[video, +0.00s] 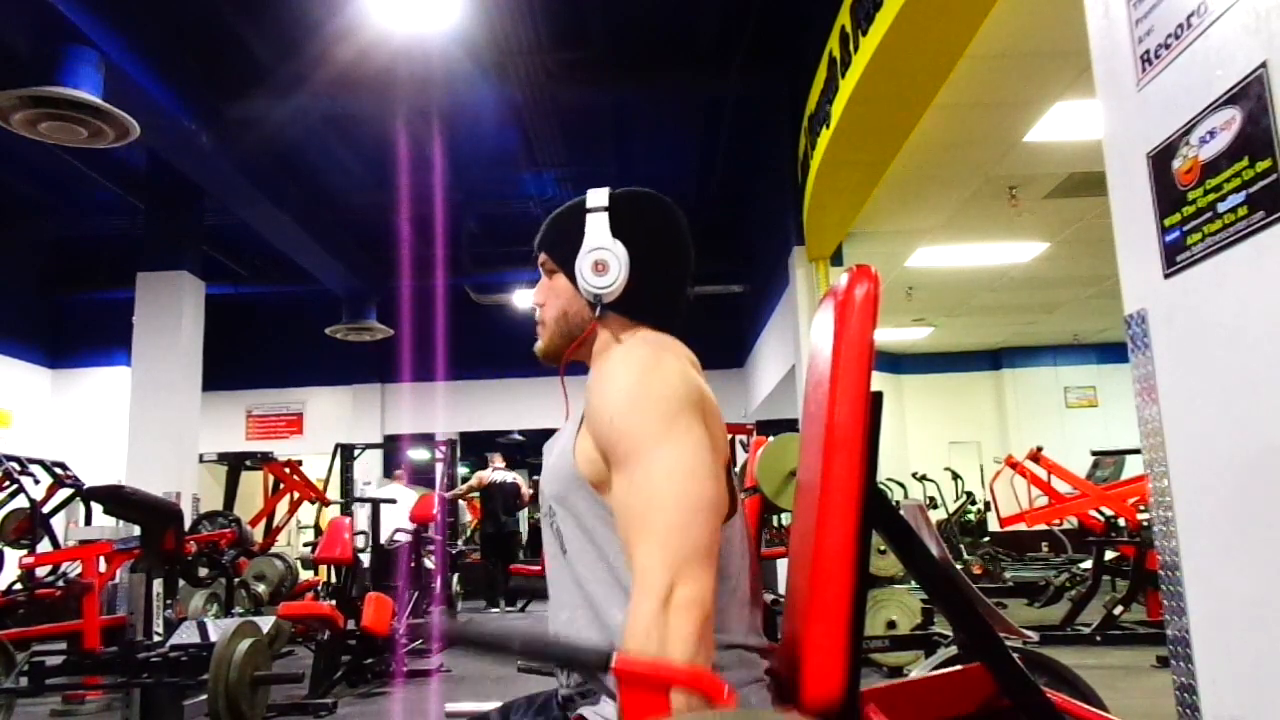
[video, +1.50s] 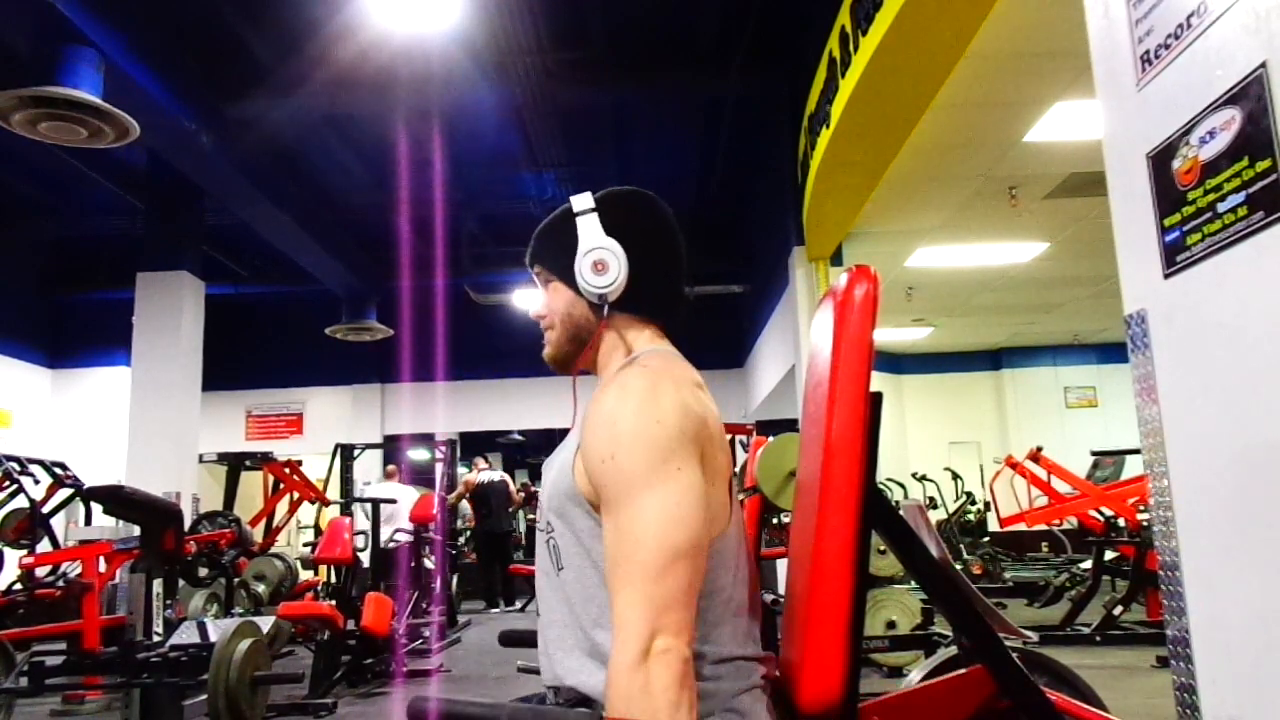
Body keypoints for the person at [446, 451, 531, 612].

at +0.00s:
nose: (490, 465)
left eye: (489, 463)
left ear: (489, 464)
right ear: (504, 464)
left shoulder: (482, 475)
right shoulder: (516, 477)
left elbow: (463, 490)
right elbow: (525, 499)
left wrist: (447, 496)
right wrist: (513, 509)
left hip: (489, 528)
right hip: (510, 529)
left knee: (490, 564)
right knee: (506, 565)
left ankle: (493, 603)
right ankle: (508, 602)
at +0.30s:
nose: (483, 467)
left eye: (483, 465)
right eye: (483, 465)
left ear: (486, 464)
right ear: (500, 464)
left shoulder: (479, 476)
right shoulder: (513, 476)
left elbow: (464, 493)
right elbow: (524, 497)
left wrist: (447, 497)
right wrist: (512, 507)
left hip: (489, 527)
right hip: (509, 527)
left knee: (489, 562)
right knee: (506, 563)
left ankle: (491, 593)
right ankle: (507, 594)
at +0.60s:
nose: (478, 469)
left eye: (478, 467)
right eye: (479, 467)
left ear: (480, 467)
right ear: (494, 465)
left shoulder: (474, 477)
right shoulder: (509, 476)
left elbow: (463, 494)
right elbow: (520, 499)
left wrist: (450, 499)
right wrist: (511, 511)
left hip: (488, 530)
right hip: (508, 529)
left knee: (489, 567)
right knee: (510, 566)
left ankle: (493, 604)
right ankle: (511, 603)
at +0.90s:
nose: (473, 471)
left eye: (474, 469)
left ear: (476, 468)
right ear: (491, 466)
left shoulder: (472, 478)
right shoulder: (505, 475)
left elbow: (459, 496)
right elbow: (518, 499)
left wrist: (445, 501)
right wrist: (522, 494)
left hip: (484, 530)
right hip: (506, 529)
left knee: (488, 568)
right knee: (506, 567)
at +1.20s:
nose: (473, 469)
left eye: (473, 467)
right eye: (474, 466)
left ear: (475, 467)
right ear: (489, 465)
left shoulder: (470, 478)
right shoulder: (504, 476)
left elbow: (454, 499)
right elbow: (516, 500)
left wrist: (444, 502)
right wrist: (509, 510)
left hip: (483, 530)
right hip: (504, 529)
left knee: (487, 567)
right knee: (504, 565)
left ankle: (492, 604)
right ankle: (508, 601)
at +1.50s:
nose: (473, 469)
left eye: (473, 466)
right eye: (474, 466)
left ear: (474, 467)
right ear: (489, 464)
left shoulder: (470, 478)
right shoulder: (504, 476)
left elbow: (455, 498)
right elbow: (516, 499)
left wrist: (447, 502)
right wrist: (508, 511)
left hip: (483, 530)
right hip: (504, 529)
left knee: (487, 567)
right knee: (506, 566)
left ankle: (492, 604)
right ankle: (510, 602)